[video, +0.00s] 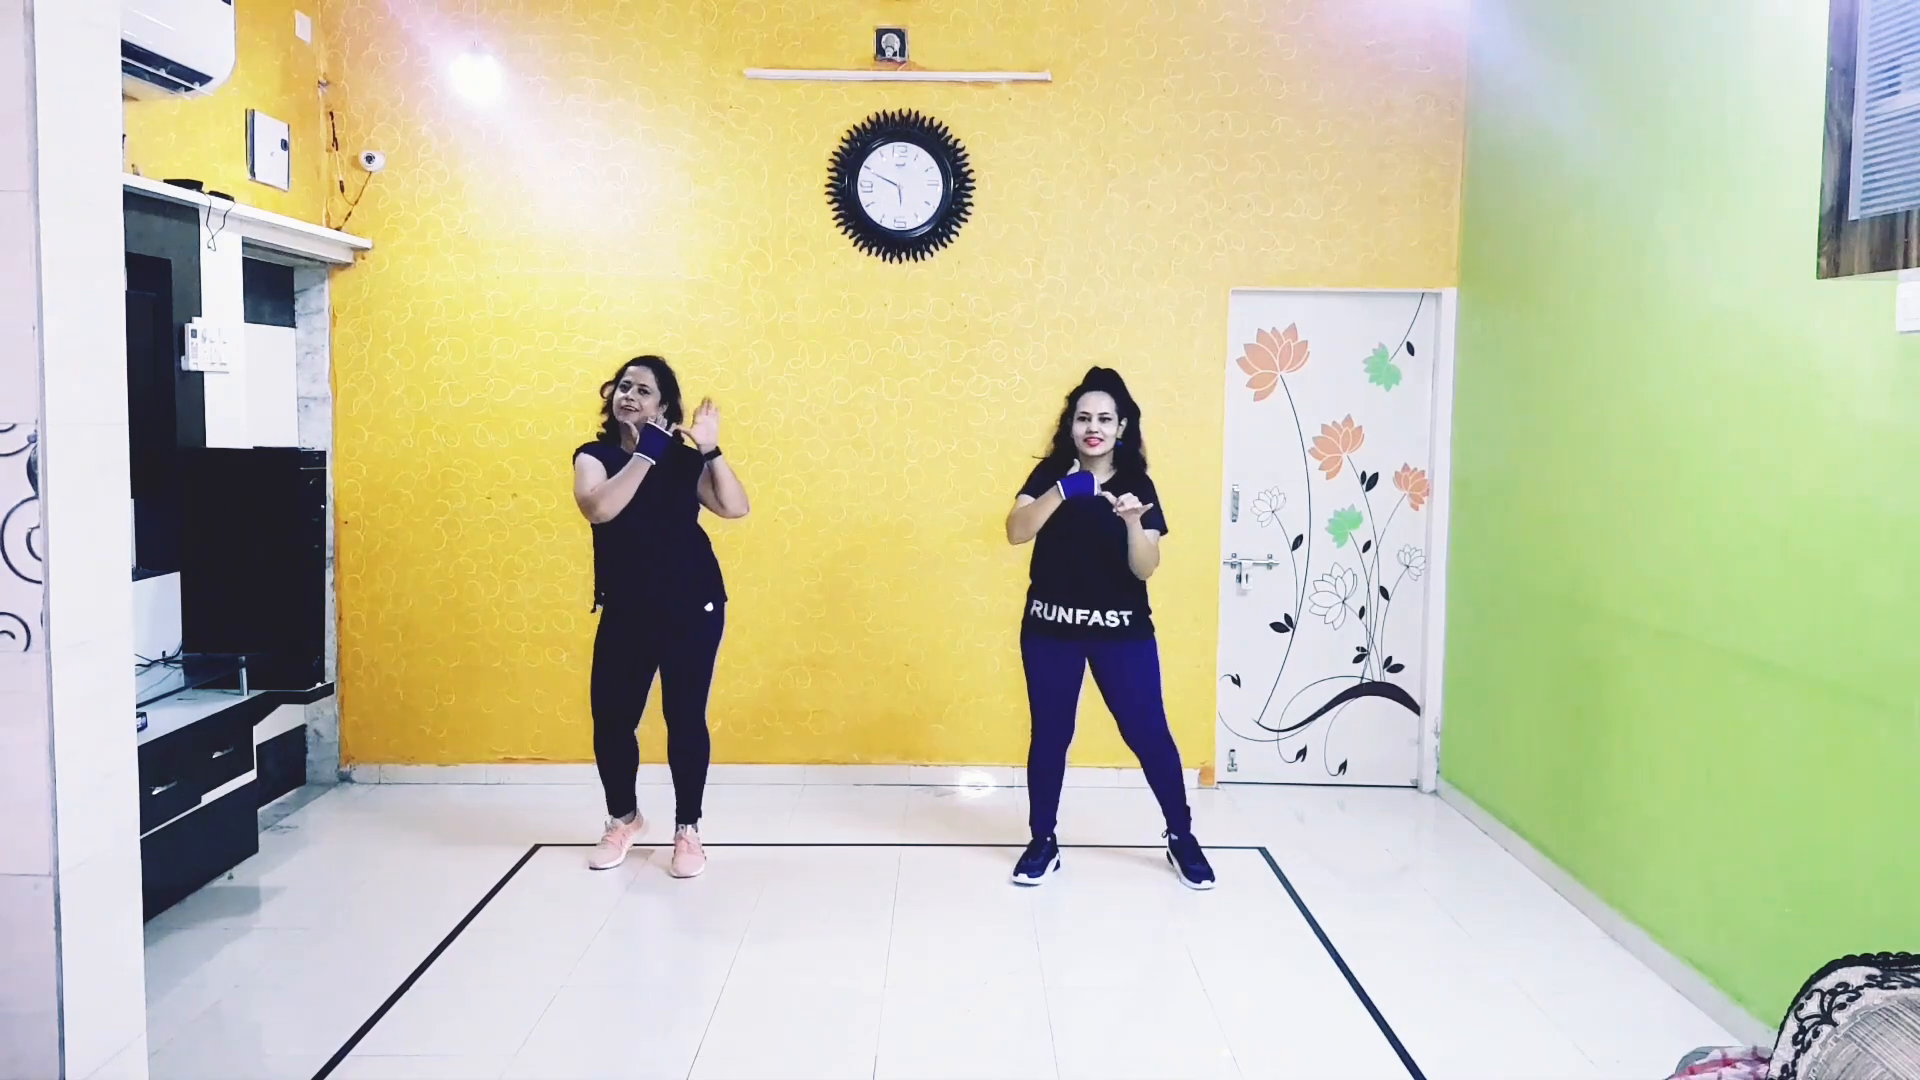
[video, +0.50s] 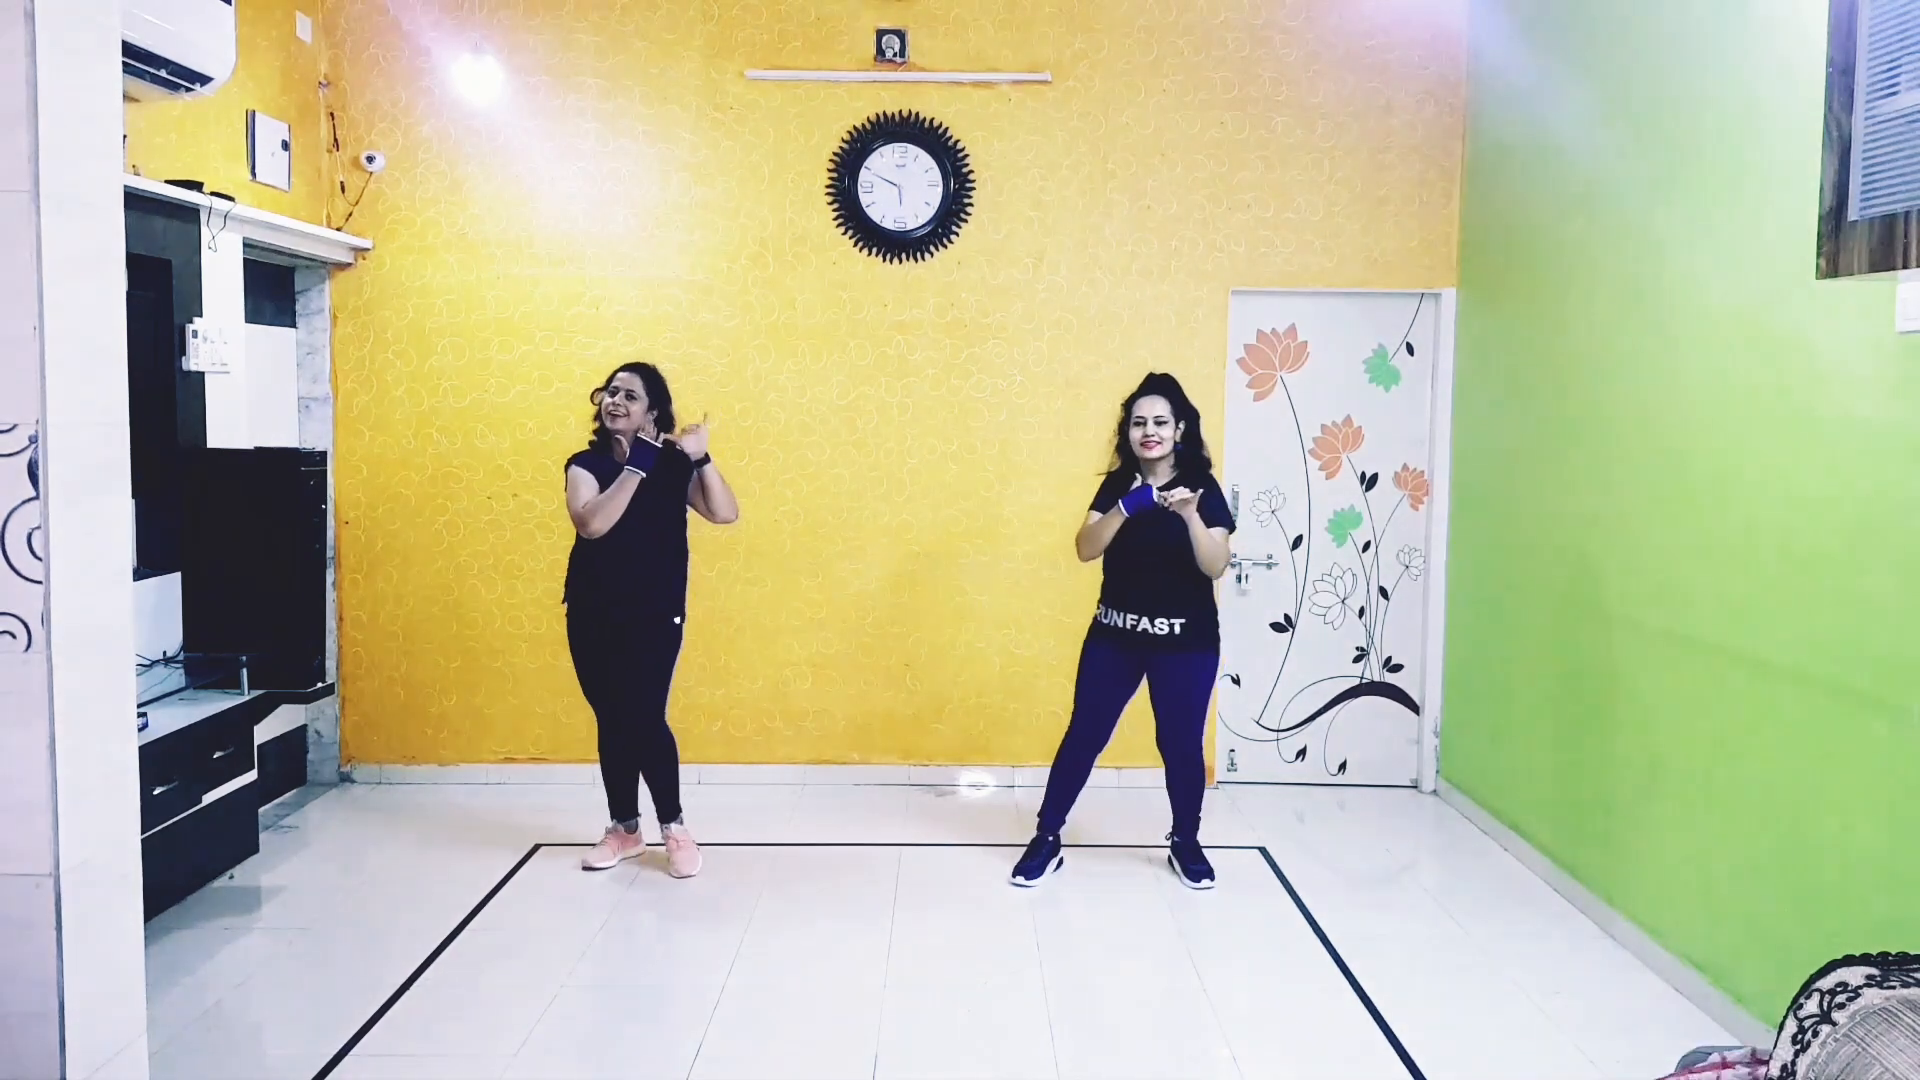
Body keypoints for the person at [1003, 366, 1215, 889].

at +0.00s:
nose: (1094, 427)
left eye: (1105, 418)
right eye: (1084, 416)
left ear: (1123, 426)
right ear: (1070, 423)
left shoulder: (1137, 484)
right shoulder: (1051, 473)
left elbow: (1146, 567)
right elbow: (1016, 532)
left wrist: (1135, 524)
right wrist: (1064, 489)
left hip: (1122, 630)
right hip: (1052, 627)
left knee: (1151, 738)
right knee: (1049, 737)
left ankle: (1182, 836)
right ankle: (1042, 840)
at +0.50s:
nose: (1148, 430)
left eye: (1160, 420)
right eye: (1138, 420)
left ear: (1180, 428)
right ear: (1127, 430)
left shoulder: (1202, 488)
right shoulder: (1118, 482)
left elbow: (1216, 566)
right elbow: (1086, 550)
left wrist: (1192, 517)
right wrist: (1122, 510)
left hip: (1186, 640)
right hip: (1116, 632)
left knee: (1182, 748)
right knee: (1083, 737)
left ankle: (1186, 841)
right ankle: (1046, 836)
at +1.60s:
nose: (1069, 437)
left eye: (1079, 427)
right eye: (1057, 426)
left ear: (1093, 434)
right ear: (1040, 430)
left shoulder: (1097, 486)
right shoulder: (1021, 492)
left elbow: (1129, 554)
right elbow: (1047, 556)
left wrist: (1139, 501)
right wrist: (1087, 504)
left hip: (1107, 632)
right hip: (1043, 637)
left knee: (1144, 736)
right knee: (1042, 748)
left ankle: (1177, 837)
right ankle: (1031, 843)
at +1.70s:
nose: (1063, 437)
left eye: (1073, 427)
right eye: (1051, 426)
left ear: (1088, 431)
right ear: (1035, 430)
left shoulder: (1092, 486)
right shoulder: (1016, 487)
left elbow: (1122, 558)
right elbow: (1036, 552)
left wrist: (1135, 506)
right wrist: (1079, 500)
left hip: (1099, 632)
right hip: (1035, 636)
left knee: (1135, 736)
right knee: (1038, 745)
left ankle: (1170, 836)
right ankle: (1030, 843)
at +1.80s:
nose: (1060, 437)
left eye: (1071, 427)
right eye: (1049, 427)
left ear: (1087, 431)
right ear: (1033, 431)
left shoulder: (1091, 488)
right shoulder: (1014, 484)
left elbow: (1117, 563)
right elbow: (1025, 545)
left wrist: (1130, 513)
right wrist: (1071, 497)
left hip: (1092, 632)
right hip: (1028, 635)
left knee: (1129, 736)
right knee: (1033, 745)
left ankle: (1166, 836)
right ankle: (1030, 842)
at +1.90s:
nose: (1061, 438)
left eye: (1071, 427)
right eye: (1049, 428)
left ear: (1087, 431)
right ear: (1034, 433)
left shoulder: (1095, 493)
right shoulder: (1015, 479)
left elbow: (1115, 568)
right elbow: (1014, 542)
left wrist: (1129, 519)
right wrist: (1065, 498)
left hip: (1087, 631)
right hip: (1022, 633)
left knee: (1125, 735)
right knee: (1030, 743)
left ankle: (1164, 837)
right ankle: (1029, 842)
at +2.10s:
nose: (1067, 441)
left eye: (1076, 429)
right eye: (1055, 431)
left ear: (1094, 431)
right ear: (1042, 435)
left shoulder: (1108, 497)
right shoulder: (1024, 477)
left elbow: (1116, 576)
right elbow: (1012, 536)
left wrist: (1130, 527)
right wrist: (1063, 493)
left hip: (1087, 631)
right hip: (1020, 629)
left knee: (1123, 736)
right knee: (1026, 739)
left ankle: (1157, 839)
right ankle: (1029, 841)